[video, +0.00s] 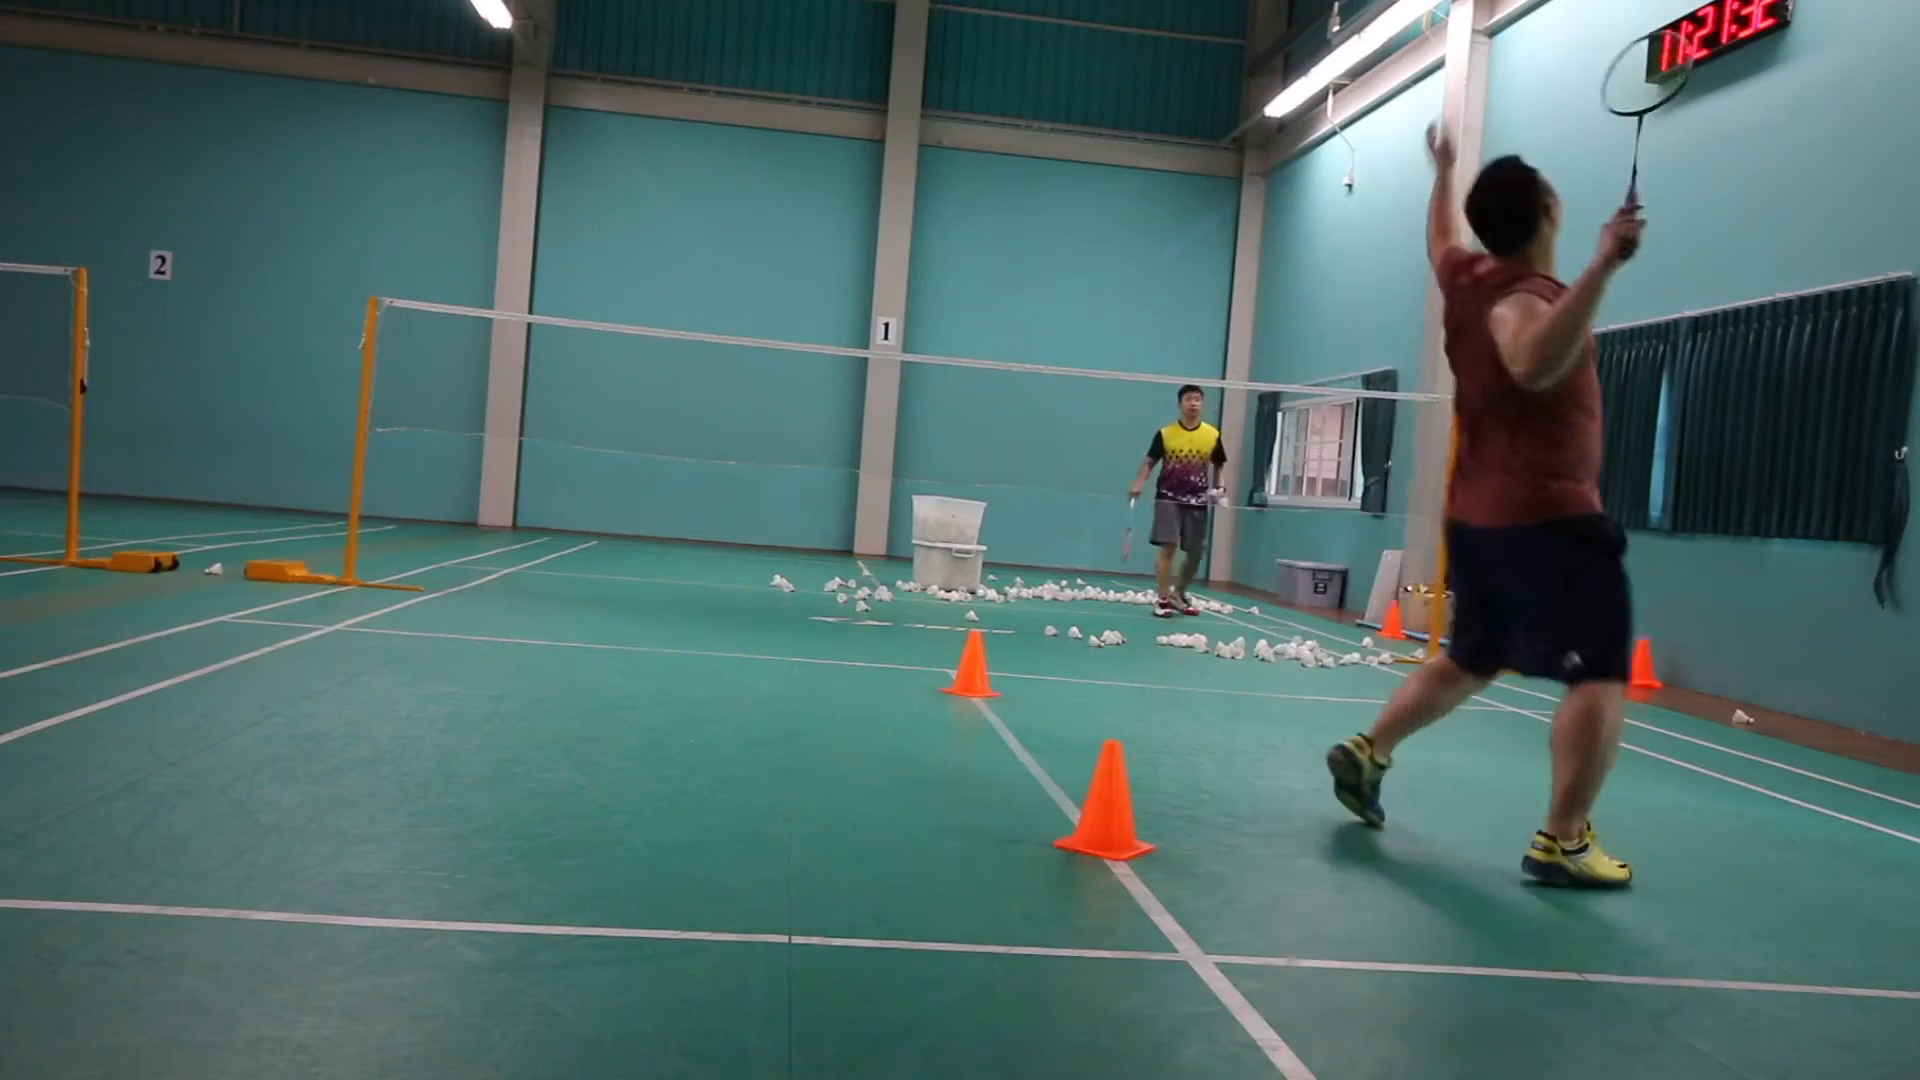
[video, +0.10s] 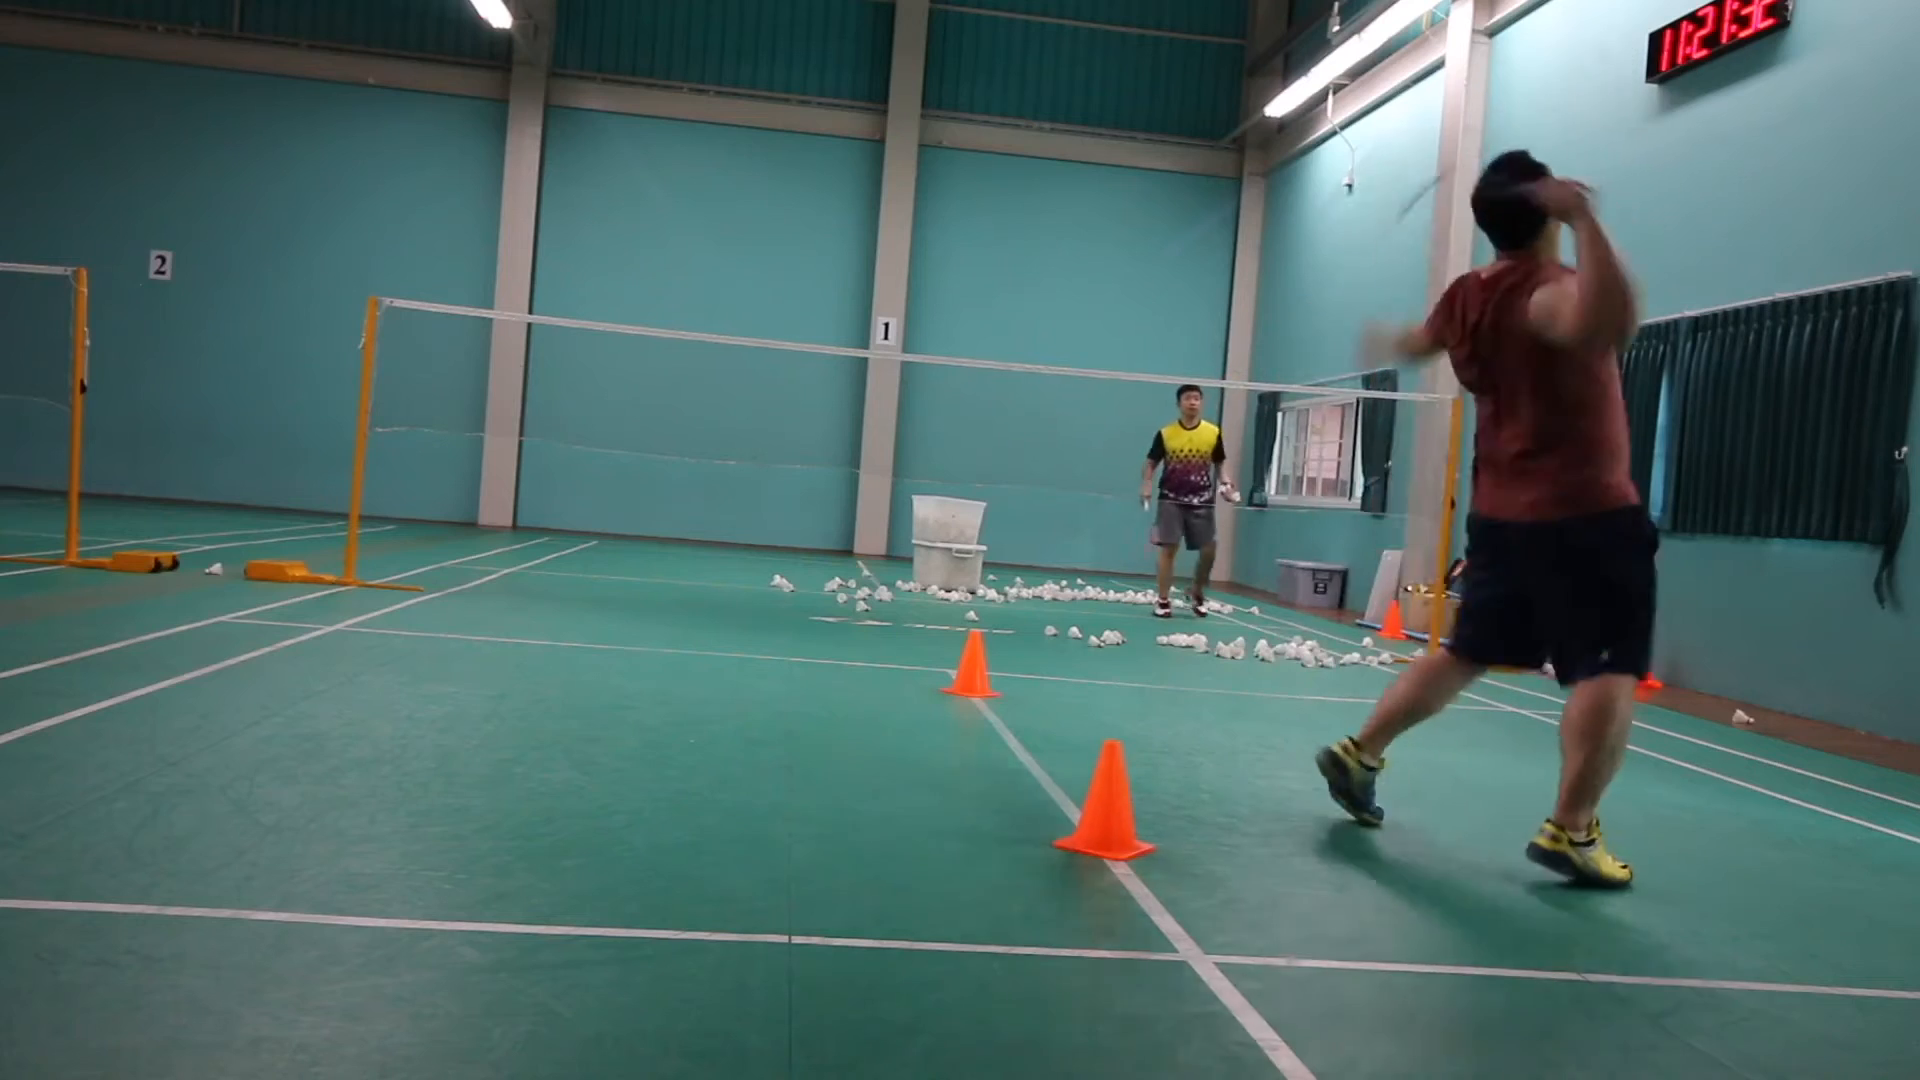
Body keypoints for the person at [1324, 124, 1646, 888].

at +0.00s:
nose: (1560, 211)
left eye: (1554, 201)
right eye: (1556, 203)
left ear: (1487, 226)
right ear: (1545, 216)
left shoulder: (1463, 280)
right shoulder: (1529, 294)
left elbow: (1445, 230)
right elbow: (1532, 360)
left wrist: (1444, 169)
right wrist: (1603, 269)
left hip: (1478, 518)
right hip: (1557, 522)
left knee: (1474, 654)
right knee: (1599, 672)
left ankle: (1368, 753)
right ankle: (1565, 838)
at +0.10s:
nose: (1564, 201)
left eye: (1553, 192)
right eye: (1555, 195)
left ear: (1488, 227)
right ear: (1550, 215)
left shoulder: (1464, 297)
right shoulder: (1553, 290)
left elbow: (1416, 344)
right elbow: (1609, 325)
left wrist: (1390, 340)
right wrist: (1586, 221)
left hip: (1504, 519)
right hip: (1592, 518)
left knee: (1465, 650)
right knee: (1610, 667)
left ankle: (1360, 752)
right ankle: (1572, 828)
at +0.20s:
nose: (1523, 203)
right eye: (1526, 193)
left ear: (1459, 218)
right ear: (1530, 200)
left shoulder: (1443, 313)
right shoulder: (1570, 245)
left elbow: (1411, 416)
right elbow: (1632, 150)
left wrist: (1379, 495)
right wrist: (1556, 96)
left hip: (1495, 496)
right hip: (1597, 488)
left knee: (1446, 636)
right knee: (1598, 646)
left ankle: (1410, 784)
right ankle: (1587, 814)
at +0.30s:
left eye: (1421, 232)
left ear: (1420, 242)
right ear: (1486, 227)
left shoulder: (1414, 335)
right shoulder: (1536, 261)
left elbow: (1394, 446)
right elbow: (1589, 196)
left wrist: (1381, 543)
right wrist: (1608, 128)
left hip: (1466, 512)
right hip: (1567, 497)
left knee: (1445, 653)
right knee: (1582, 651)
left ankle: (1459, 801)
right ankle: (1585, 809)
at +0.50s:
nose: (1369, 258)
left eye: (1369, 248)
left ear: (1370, 251)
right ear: (1432, 253)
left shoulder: (1347, 316)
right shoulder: (1476, 320)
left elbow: (1310, 400)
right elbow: (1496, 412)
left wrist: (1307, 499)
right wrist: (1479, 484)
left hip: (1399, 506)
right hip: (1481, 500)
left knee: (1411, 656)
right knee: (1472, 636)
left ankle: (1457, 800)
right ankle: (1488, 777)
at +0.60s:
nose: (1350, 277)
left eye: (1349, 268)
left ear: (1350, 268)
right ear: (1409, 272)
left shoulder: (1318, 324)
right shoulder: (1447, 333)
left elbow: (1272, 400)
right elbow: (1478, 433)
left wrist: (1269, 487)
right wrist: (1442, 481)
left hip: (1355, 499)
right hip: (1433, 500)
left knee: (1355, 645)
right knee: (1406, 631)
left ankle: (1435, 764)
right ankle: (1402, 759)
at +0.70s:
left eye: (1301, 300)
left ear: (1302, 299)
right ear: (1356, 306)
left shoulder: (1273, 349)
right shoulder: (1389, 363)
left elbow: (1225, 429)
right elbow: (1414, 457)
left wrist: (1206, 511)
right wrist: (1382, 502)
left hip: (1286, 512)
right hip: (1368, 519)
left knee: (1222, 616)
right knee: (1367, 636)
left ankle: (1279, 720)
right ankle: (1397, 765)